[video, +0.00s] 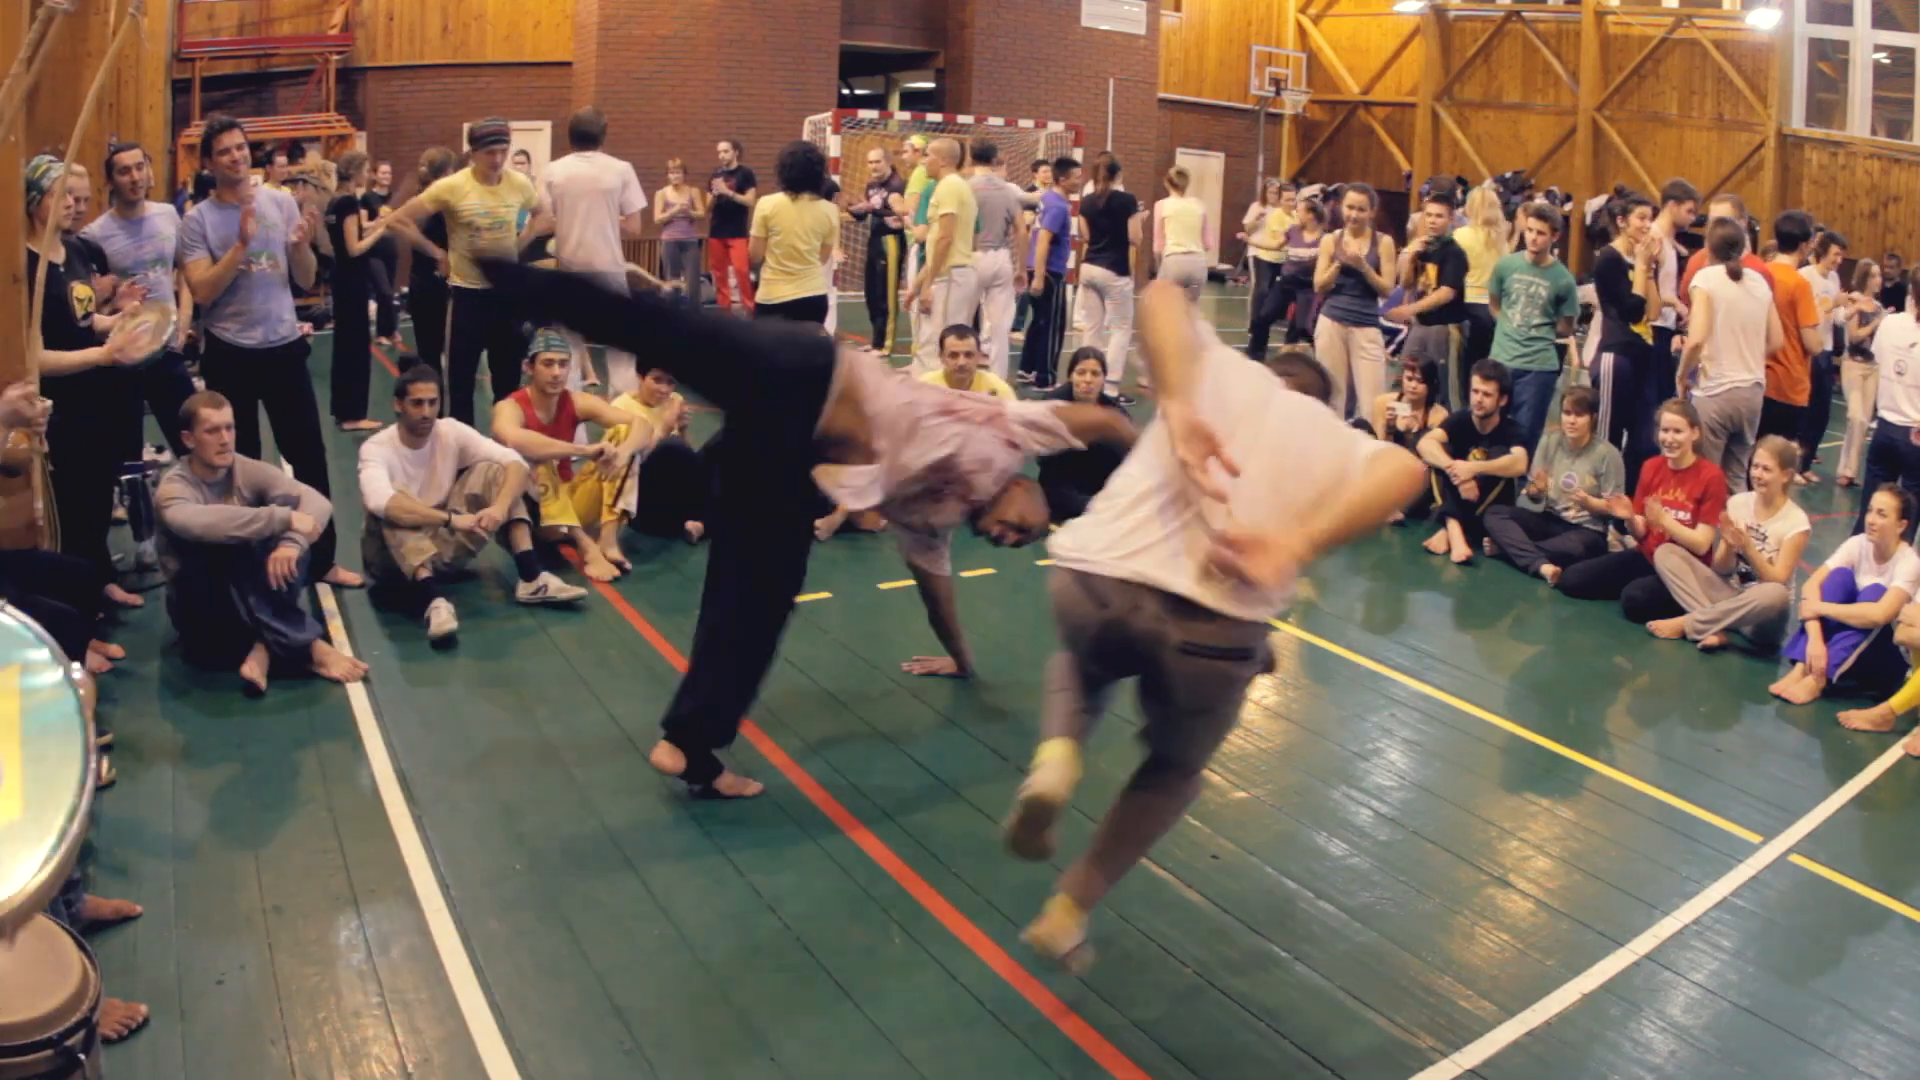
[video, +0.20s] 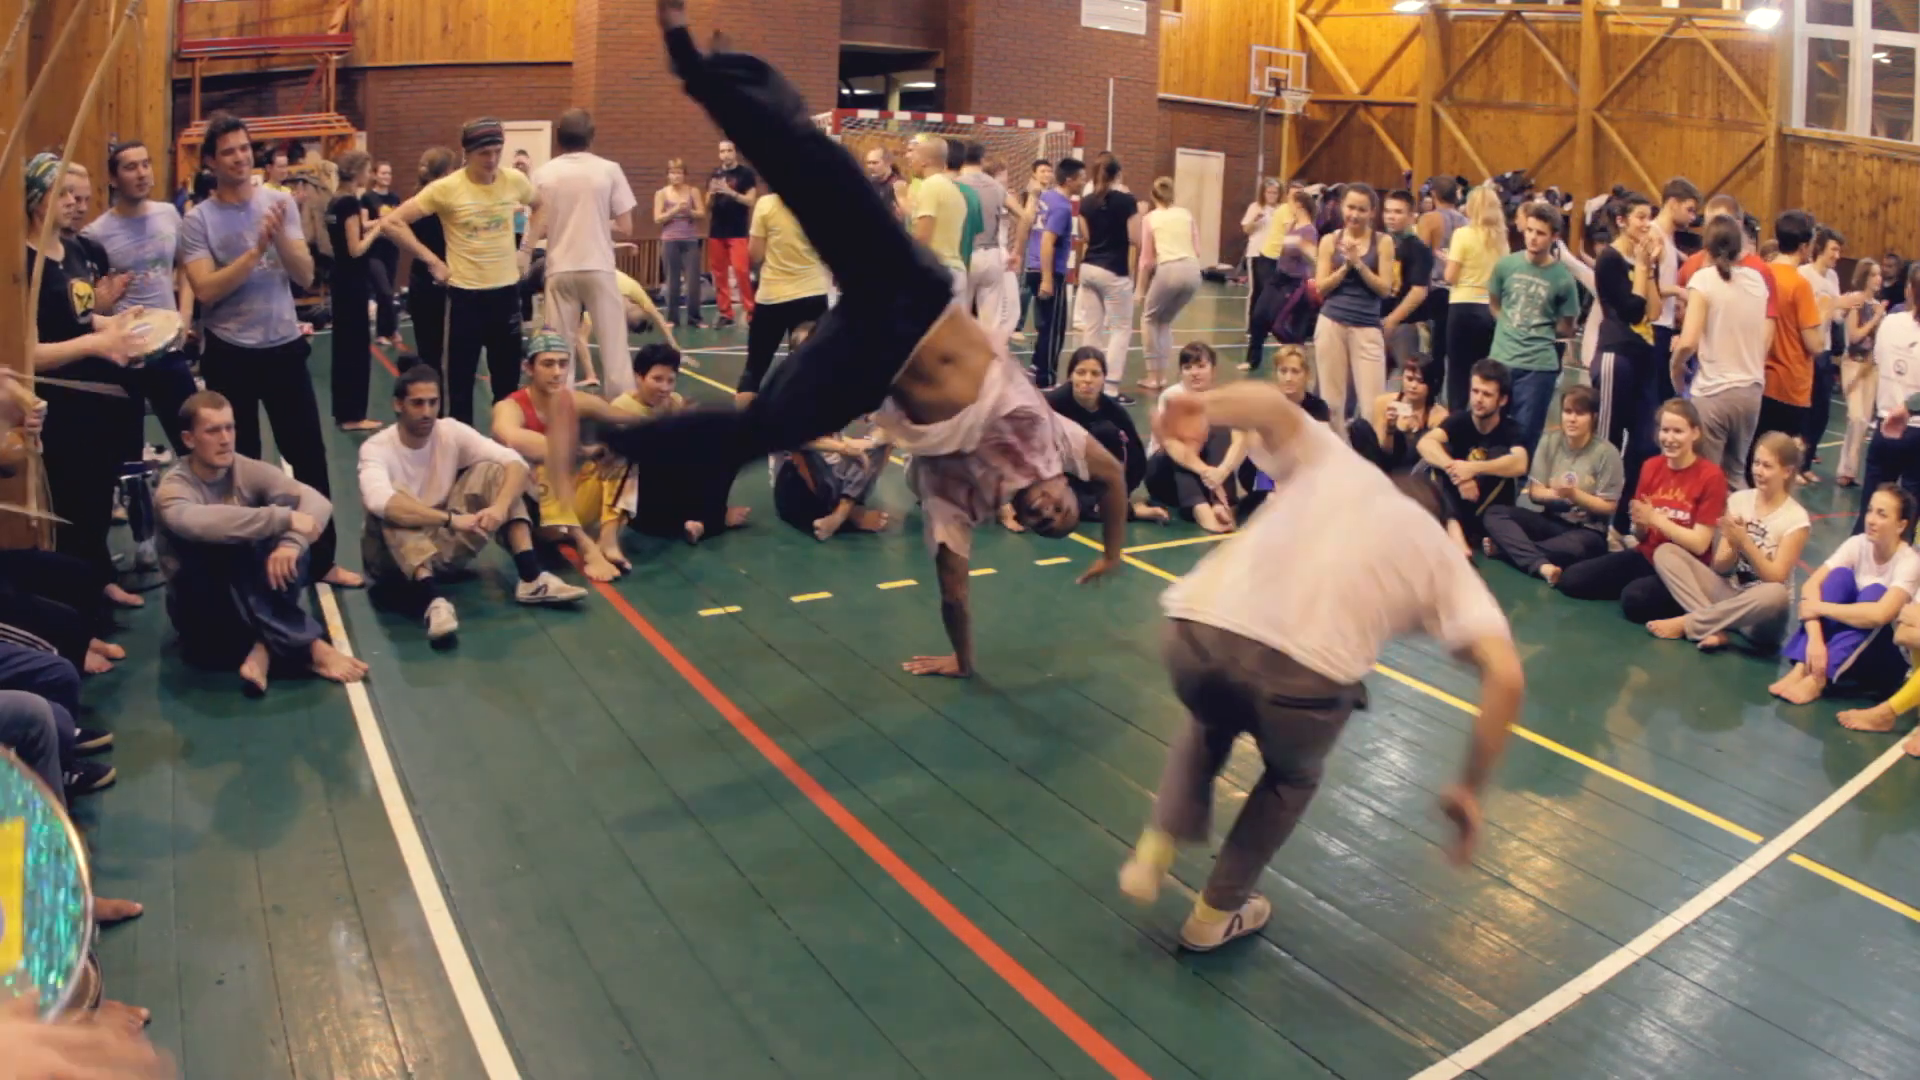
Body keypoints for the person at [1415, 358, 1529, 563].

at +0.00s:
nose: (1478, 399)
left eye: (1487, 395)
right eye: (1475, 392)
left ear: (1502, 400)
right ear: (1469, 391)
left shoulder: (1510, 428)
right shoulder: (1460, 419)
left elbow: (1519, 464)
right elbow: (1426, 443)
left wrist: (1473, 468)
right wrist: (1459, 474)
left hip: (1492, 509)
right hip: (1454, 503)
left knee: (1499, 456)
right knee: (1438, 455)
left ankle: (1449, 527)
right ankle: (1454, 528)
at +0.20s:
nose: (1478, 400)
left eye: (1487, 395)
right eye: (1475, 392)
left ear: (1502, 400)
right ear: (1469, 392)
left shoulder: (1510, 428)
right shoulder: (1460, 420)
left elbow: (1519, 465)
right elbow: (1425, 443)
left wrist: (1473, 468)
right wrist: (1458, 474)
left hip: (1494, 509)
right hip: (1458, 503)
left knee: (1499, 455)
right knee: (1438, 453)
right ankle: (1452, 524)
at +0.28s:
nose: (1478, 400)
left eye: (1487, 395)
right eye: (1475, 392)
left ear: (1502, 400)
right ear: (1469, 392)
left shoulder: (1510, 429)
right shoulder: (1459, 420)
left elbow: (1519, 465)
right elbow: (1425, 444)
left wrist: (1472, 468)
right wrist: (1459, 474)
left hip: (1492, 507)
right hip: (1455, 499)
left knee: (1503, 457)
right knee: (1437, 454)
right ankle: (1450, 518)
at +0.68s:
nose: (1479, 399)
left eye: (1487, 395)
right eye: (1475, 392)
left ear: (1502, 400)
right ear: (1469, 392)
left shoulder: (1510, 428)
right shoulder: (1459, 422)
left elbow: (1519, 463)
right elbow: (1425, 444)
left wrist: (1473, 468)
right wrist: (1458, 474)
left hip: (1492, 505)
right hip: (1454, 501)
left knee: (1500, 456)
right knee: (1439, 458)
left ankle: (1450, 528)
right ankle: (1453, 528)